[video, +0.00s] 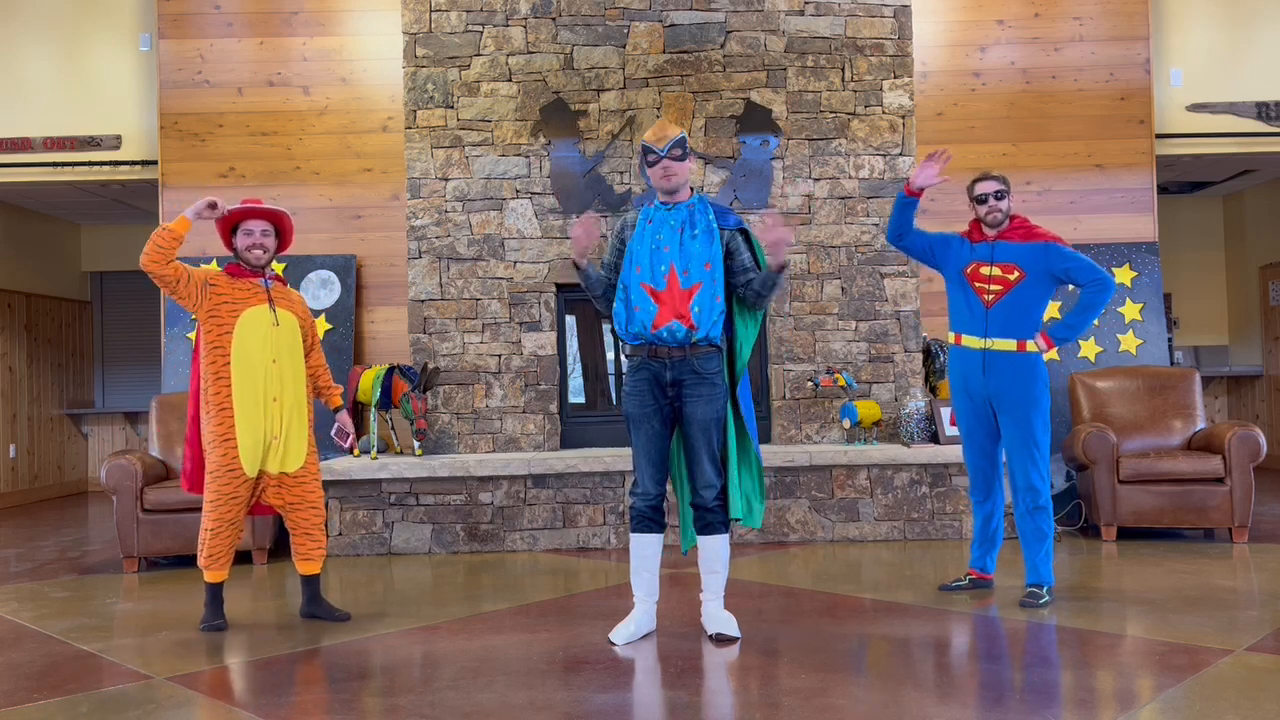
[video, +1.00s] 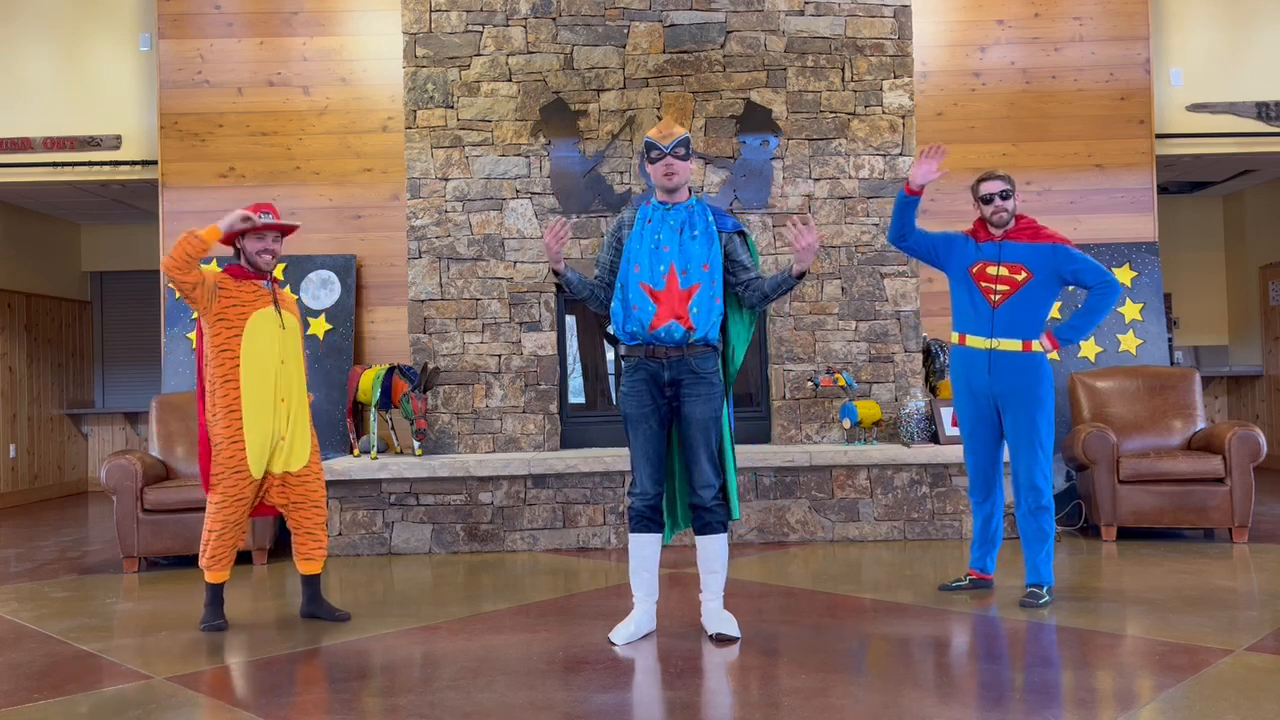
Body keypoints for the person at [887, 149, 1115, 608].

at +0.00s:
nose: (993, 205)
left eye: (1000, 196)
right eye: (984, 199)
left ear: (1012, 200)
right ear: (973, 208)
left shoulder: (1042, 248)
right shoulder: (954, 248)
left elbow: (1101, 283)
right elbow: (901, 236)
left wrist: (1055, 335)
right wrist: (912, 190)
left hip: (1020, 372)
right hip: (966, 372)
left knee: (1029, 479)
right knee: (982, 477)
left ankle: (1039, 581)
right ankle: (982, 571)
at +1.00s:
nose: (998, 204)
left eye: (1005, 196)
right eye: (988, 199)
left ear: (1017, 201)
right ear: (977, 207)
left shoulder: (1047, 249)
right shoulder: (957, 248)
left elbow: (1108, 286)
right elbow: (902, 237)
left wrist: (1060, 335)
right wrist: (913, 188)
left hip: (1025, 371)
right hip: (970, 371)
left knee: (1031, 478)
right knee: (982, 477)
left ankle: (1039, 581)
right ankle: (980, 572)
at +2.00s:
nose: (1015, 200)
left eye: (1021, 192)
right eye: (1004, 195)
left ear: (1032, 196)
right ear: (991, 203)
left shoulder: (1065, 247)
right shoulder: (973, 252)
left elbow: (1124, 284)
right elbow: (943, 303)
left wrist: (1080, 337)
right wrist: (953, 355)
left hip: (1043, 384)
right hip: (986, 385)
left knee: (1041, 487)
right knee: (984, 482)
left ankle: (1040, 582)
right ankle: (981, 571)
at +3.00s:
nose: (975, 200)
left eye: (983, 193)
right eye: (966, 195)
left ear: (995, 202)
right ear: (956, 207)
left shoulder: (1024, 252)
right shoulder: (943, 262)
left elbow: (1049, 313)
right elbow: (928, 323)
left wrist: (1049, 359)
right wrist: (918, 375)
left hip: (1016, 389)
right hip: (964, 393)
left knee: (1024, 486)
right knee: (978, 486)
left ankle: (1038, 580)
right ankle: (981, 572)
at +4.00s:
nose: (1003, 200)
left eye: (1011, 194)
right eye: (995, 194)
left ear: (1022, 201)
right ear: (983, 200)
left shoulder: (1046, 252)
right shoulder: (963, 257)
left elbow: (1072, 315)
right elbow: (948, 325)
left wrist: (1076, 368)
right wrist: (936, 384)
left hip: (1033, 390)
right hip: (976, 392)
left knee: (1035, 487)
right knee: (980, 485)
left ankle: (1040, 580)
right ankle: (980, 572)